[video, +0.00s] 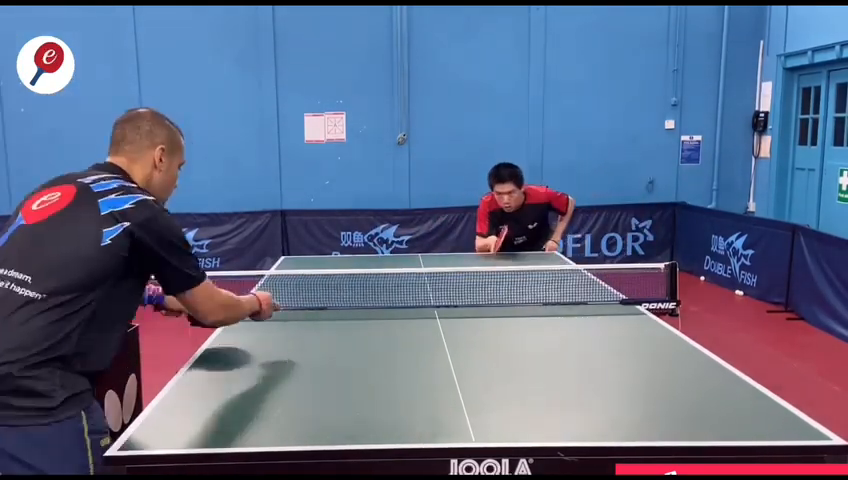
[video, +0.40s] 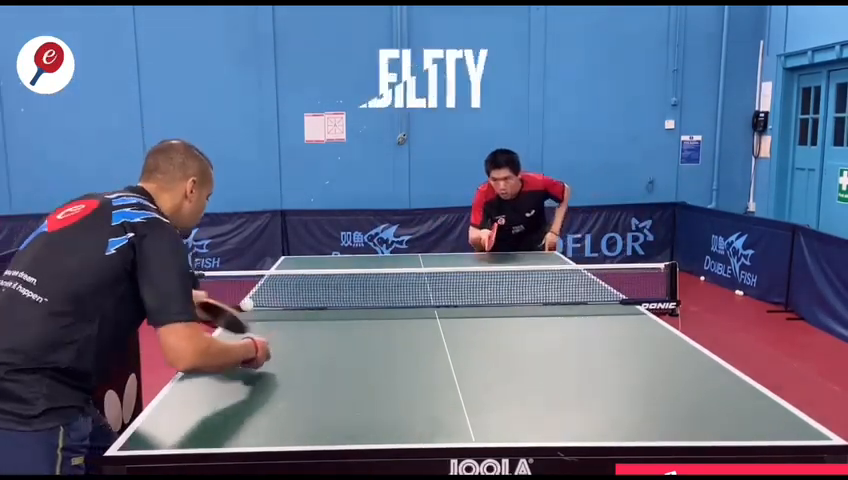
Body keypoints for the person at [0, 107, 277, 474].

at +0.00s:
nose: (176, 183)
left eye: (180, 170)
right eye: (178, 169)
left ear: (116, 150)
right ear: (158, 158)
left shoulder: (52, 190)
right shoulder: (144, 214)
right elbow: (213, 311)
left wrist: (161, 299)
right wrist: (253, 304)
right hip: (43, 403)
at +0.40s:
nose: (201, 215)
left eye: (205, 203)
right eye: (205, 201)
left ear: (147, 179)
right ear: (190, 190)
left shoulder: (87, 206)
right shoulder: (155, 230)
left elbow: (101, 287)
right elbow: (186, 353)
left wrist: (180, 299)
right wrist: (247, 350)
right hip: (37, 414)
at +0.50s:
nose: (198, 207)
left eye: (201, 194)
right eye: (201, 192)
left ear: (142, 174)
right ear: (185, 184)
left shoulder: (96, 204)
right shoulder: (141, 225)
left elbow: (166, 266)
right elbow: (167, 345)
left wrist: (238, 281)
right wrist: (234, 343)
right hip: (30, 396)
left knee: (125, 463)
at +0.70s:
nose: (177, 163)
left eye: (178, 152)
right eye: (176, 151)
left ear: (114, 140)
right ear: (156, 147)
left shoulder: (74, 180)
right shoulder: (111, 202)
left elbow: (132, 259)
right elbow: (126, 330)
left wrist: (217, 260)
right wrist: (191, 334)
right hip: (28, 406)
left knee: (120, 471)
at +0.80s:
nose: (152, 146)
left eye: (153, 134)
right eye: (151, 133)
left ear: (82, 128)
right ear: (129, 131)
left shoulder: (41, 177)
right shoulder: (90, 197)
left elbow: (76, 273)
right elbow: (100, 332)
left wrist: (165, 276)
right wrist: (160, 338)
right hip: (28, 415)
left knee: (120, 469)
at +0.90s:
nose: (126, 134)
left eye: (126, 121)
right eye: (124, 120)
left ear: (51, 120)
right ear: (100, 119)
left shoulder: (12, 173)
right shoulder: (64, 196)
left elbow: (21, 310)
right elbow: (73, 339)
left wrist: (101, 315)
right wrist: (130, 341)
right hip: (26, 434)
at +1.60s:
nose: (119, 132)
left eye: (120, 119)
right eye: (117, 117)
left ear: (45, 114)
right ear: (91, 114)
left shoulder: (8, 164)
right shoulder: (75, 187)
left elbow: (14, 296)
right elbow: (117, 323)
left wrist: (75, 312)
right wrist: (178, 327)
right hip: (20, 420)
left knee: (82, 469)